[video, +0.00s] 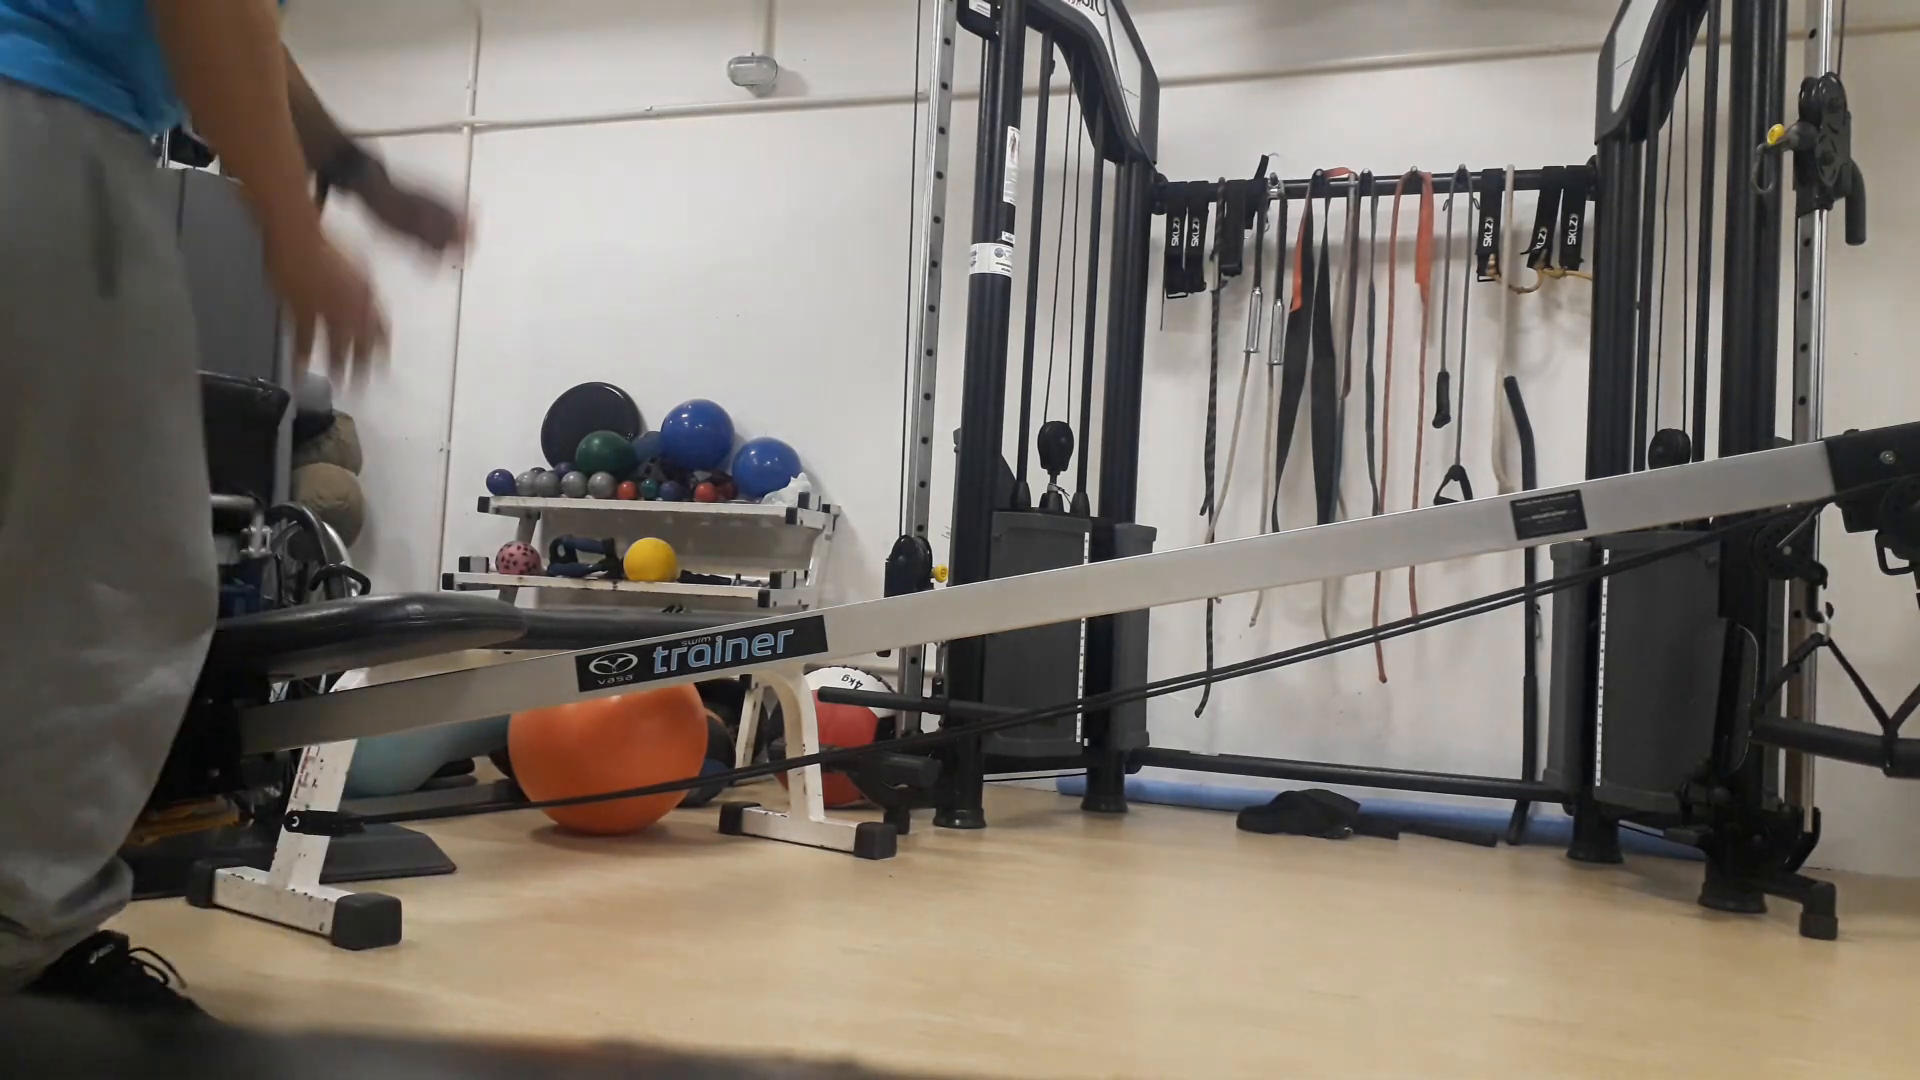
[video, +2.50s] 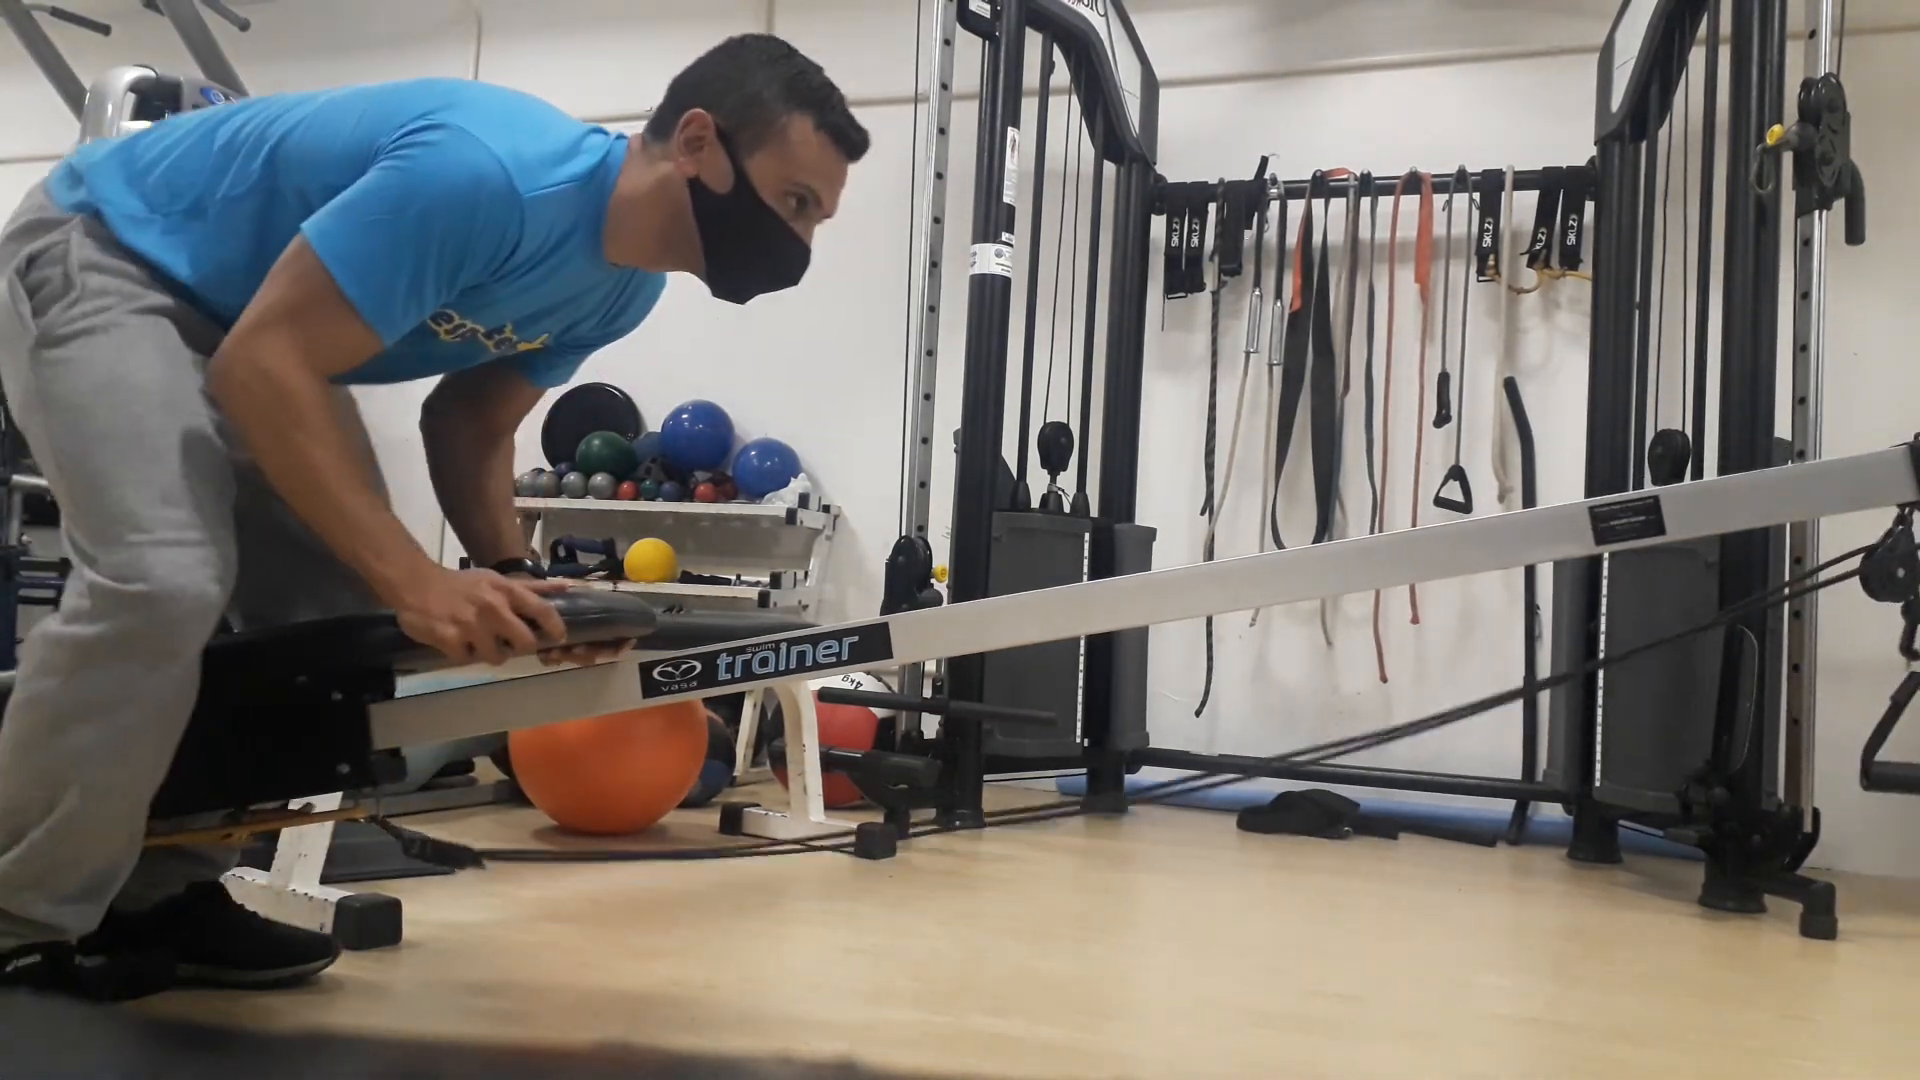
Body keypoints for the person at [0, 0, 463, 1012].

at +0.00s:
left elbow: (215, 14)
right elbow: (201, 5)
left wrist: (356, 169)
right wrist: (294, 227)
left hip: (65, 129)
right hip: (51, 129)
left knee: (80, 556)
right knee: (120, 571)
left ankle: (41, 926)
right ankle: (40, 935)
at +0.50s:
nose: (671, 21)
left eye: (680, 16)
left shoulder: (471, 97)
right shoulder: (350, 20)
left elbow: (395, 314)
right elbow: (197, 294)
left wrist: (410, 538)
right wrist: (284, 549)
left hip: (161, 189)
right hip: (30, 161)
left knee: (264, 471)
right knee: (59, 562)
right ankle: (31, 935)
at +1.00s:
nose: (693, 219)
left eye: (708, 196)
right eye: (683, 179)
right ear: (579, 125)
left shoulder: (542, 287)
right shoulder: (358, 188)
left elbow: (391, 420)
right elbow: (148, 381)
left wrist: (433, 574)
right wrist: (328, 574)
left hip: (236, 392)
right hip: (54, 336)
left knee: (381, 602)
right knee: (93, 590)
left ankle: (211, 873)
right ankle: (24, 926)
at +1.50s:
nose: (812, 202)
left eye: (824, 182)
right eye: (801, 164)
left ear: (700, 127)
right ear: (696, 113)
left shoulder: (644, 275)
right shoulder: (497, 168)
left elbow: (505, 424)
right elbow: (296, 372)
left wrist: (557, 581)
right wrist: (476, 569)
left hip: (274, 384)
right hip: (117, 316)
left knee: (400, 633)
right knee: (190, 616)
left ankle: (206, 870)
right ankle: (25, 929)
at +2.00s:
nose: (812, 242)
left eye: (826, 220)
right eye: (800, 203)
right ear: (689, 158)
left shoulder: (654, 317)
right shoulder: (494, 220)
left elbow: (502, 438)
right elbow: (266, 393)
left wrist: (541, 580)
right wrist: (458, 577)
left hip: (293, 443)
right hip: (129, 397)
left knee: (441, 657)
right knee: (254, 668)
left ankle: (209, 891)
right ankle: (45, 933)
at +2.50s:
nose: (804, 245)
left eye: (819, 222)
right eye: (796, 202)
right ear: (695, 142)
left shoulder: (627, 284)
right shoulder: (478, 177)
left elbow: (474, 415)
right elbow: (258, 368)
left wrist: (510, 571)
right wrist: (416, 584)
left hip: (268, 329)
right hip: (109, 254)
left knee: (338, 622)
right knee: (167, 583)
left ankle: (165, 893)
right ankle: (28, 923)